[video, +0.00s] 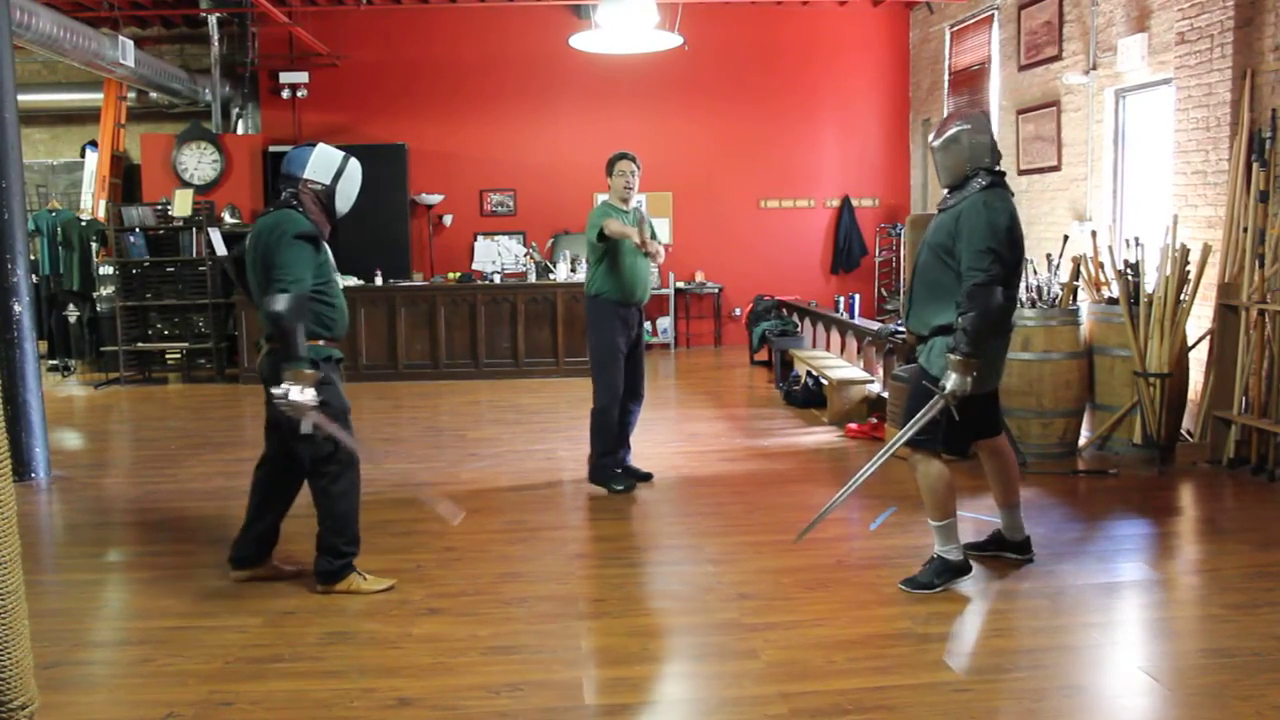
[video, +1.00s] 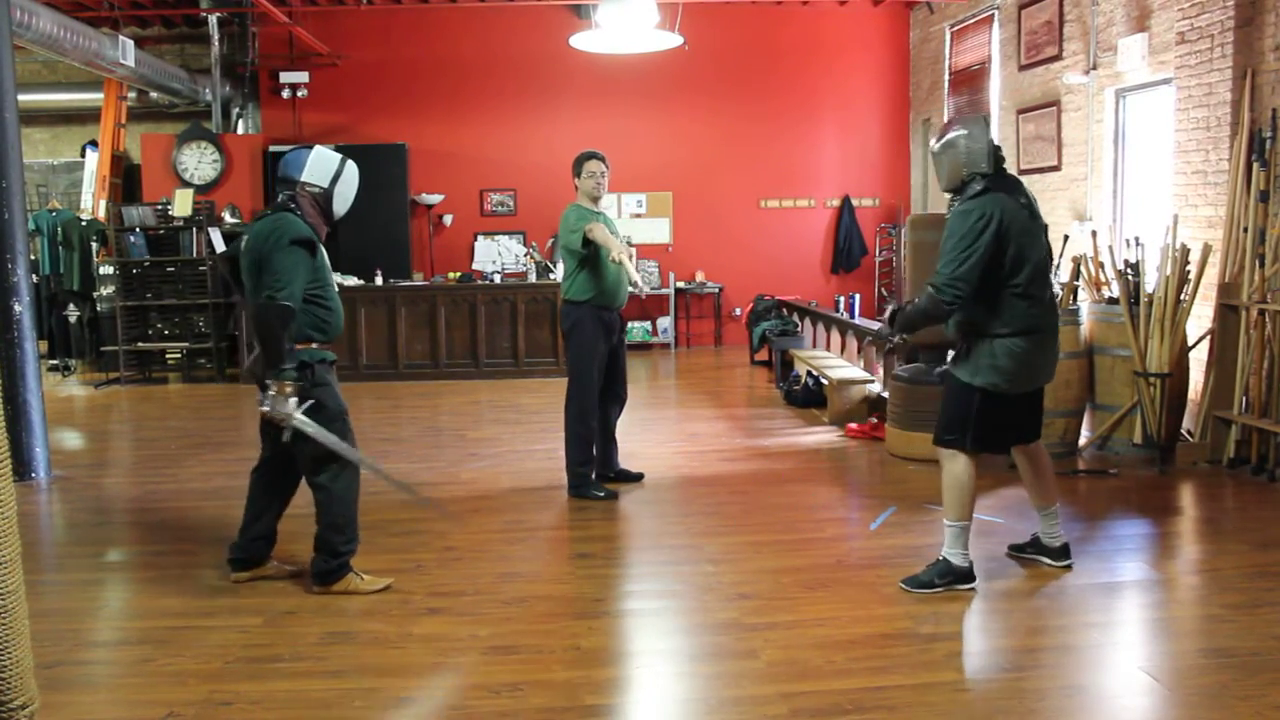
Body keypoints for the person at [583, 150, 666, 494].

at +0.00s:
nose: (629, 179)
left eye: (634, 174)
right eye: (622, 174)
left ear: (639, 181)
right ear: (609, 180)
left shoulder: (642, 220)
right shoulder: (600, 213)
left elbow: (659, 255)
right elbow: (612, 229)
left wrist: (653, 249)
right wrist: (639, 240)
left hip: (633, 311)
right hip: (606, 309)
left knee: (632, 392)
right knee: (610, 391)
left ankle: (619, 459)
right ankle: (601, 467)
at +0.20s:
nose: (625, 180)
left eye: (629, 176)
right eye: (619, 174)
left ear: (632, 183)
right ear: (603, 180)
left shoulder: (630, 219)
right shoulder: (595, 212)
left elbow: (647, 251)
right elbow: (614, 225)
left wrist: (645, 248)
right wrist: (632, 241)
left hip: (632, 312)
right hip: (606, 311)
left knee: (628, 393)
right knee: (601, 395)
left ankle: (619, 463)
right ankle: (581, 476)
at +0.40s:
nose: (618, 179)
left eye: (621, 175)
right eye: (611, 174)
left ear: (625, 181)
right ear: (595, 181)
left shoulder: (621, 219)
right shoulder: (589, 212)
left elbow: (632, 248)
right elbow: (607, 229)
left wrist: (638, 253)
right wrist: (624, 243)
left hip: (622, 314)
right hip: (597, 313)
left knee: (623, 392)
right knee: (593, 394)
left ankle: (619, 463)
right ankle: (581, 478)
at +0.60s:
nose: (611, 181)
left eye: (615, 176)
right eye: (603, 175)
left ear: (618, 182)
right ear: (588, 181)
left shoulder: (615, 221)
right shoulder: (582, 213)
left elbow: (629, 253)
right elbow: (603, 234)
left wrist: (626, 250)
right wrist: (622, 249)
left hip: (613, 314)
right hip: (587, 313)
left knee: (617, 394)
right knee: (584, 398)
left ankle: (618, 465)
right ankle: (580, 479)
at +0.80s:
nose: (604, 181)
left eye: (608, 175)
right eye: (596, 175)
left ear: (612, 181)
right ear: (581, 181)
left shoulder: (607, 220)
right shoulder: (576, 213)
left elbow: (624, 249)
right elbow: (598, 235)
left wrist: (626, 254)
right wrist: (618, 252)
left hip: (609, 314)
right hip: (584, 313)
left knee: (614, 395)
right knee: (583, 396)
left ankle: (607, 467)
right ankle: (579, 479)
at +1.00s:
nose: (599, 180)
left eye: (603, 175)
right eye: (591, 175)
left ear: (608, 180)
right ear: (577, 180)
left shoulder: (606, 220)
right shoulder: (573, 214)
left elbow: (620, 253)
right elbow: (596, 233)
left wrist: (629, 267)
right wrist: (617, 248)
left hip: (609, 314)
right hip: (583, 314)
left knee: (612, 394)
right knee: (584, 396)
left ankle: (607, 467)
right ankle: (579, 479)